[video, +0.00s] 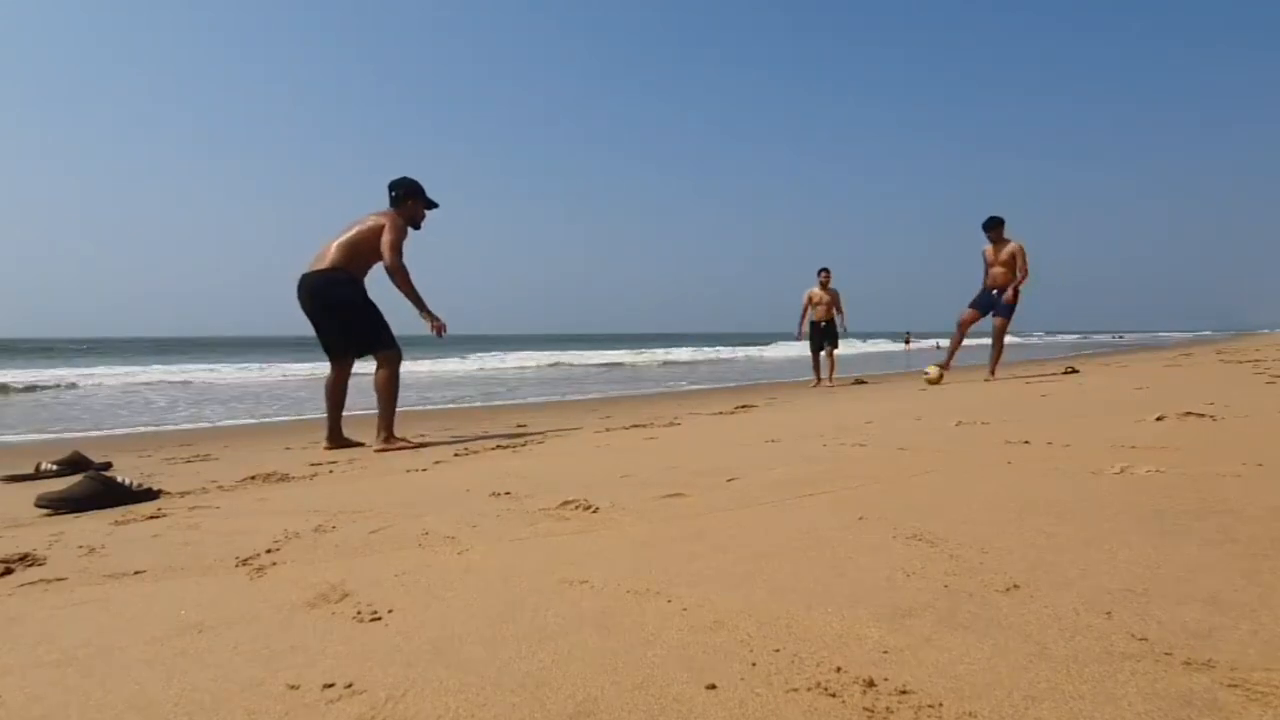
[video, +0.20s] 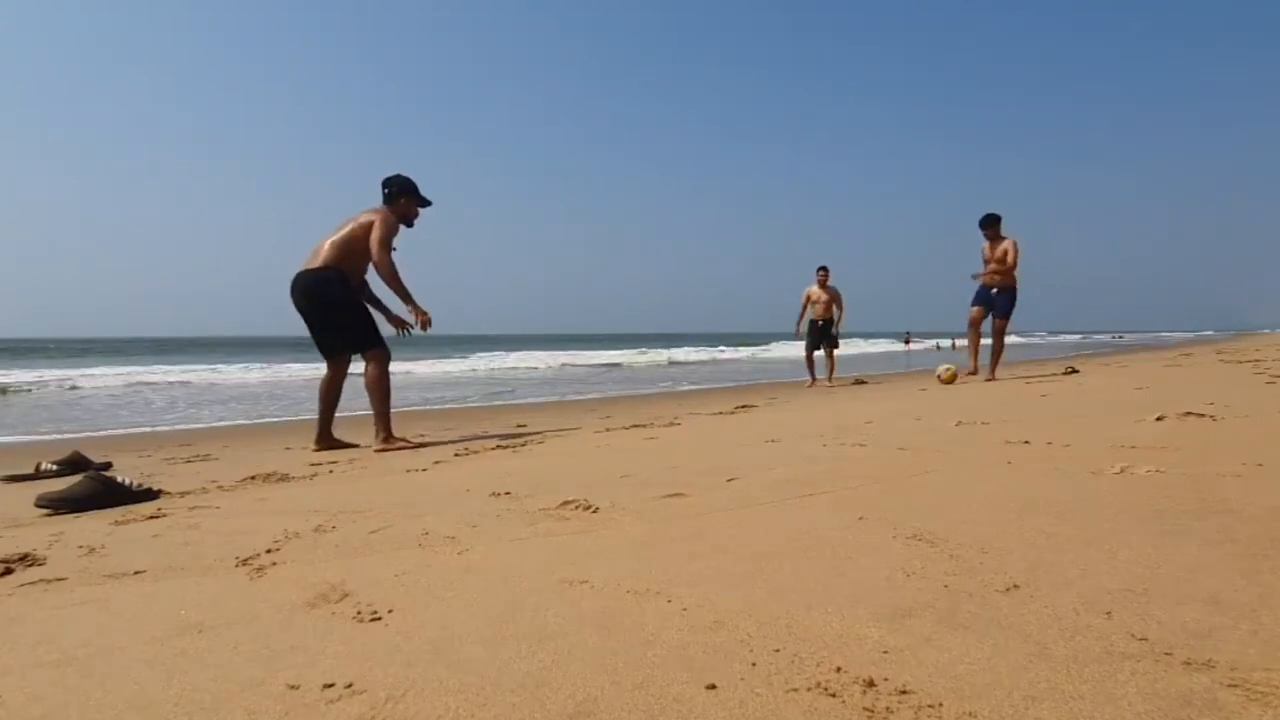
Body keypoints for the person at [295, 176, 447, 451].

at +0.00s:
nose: (424, 214)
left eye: (425, 208)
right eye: (422, 207)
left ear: (400, 203)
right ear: (407, 203)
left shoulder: (373, 221)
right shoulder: (393, 222)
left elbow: (348, 264)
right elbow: (393, 265)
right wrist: (426, 312)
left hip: (311, 284)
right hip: (339, 284)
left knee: (341, 362)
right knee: (389, 357)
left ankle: (334, 435)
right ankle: (385, 435)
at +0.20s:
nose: (417, 212)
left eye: (418, 206)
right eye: (414, 205)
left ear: (391, 201)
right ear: (399, 200)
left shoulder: (366, 220)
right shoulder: (386, 218)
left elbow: (357, 282)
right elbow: (381, 259)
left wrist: (389, 315)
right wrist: (412, 304)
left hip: (305, 284)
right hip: (331, 283)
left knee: (338, 362)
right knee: (377, 356)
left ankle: (324, 436)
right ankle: (384, 435)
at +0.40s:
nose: (403, 213)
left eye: (404, 207)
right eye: (400, 205)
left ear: (379, 202)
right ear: (384, 201)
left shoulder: (354, 222)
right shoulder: (371, 220)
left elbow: (347, 279)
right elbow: (360, 261)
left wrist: (379, 311)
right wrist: (389, 305)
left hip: (297, 286)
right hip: (317, 285)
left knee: (337, 363)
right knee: (360, 358)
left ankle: (324, 436)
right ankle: (381, 435)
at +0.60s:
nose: (397, 210)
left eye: (398, 204)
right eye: (394, 203)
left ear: (372, 200)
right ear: (378, 199)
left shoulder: (349, 218)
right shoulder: (366, 218)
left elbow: (336, 275)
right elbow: (352, 262)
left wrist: (354, 314)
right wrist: (381, 309)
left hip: (292, 283)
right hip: (313, 282)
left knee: (331, 360)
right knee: (355, 354)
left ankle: (322, 435)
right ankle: (362, 435)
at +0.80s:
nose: (394, 208)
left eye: (395, 202)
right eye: (391, 201)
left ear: (370, 197)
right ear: (376, 196)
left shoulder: (347, 215)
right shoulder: (363, 215)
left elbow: (325, 264)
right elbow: (352, 258)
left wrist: (331, 302)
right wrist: (385, 303)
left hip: (291, 282)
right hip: (312, 283)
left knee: (331, 361)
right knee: (357, 355)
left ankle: (323, 436)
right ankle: (350, 436)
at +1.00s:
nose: (397, 203)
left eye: (398, 197)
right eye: (394, 195)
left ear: (372, 192)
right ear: (378, 191)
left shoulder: (348, 212)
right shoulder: (366, 211)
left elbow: (328, 264)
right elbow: (357, 256)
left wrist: (336, 303)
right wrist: (389, 305)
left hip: (294, 283)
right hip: (317, 283)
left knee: (332, 361)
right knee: (365, 358)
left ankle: (323, 436)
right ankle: (350, 437)